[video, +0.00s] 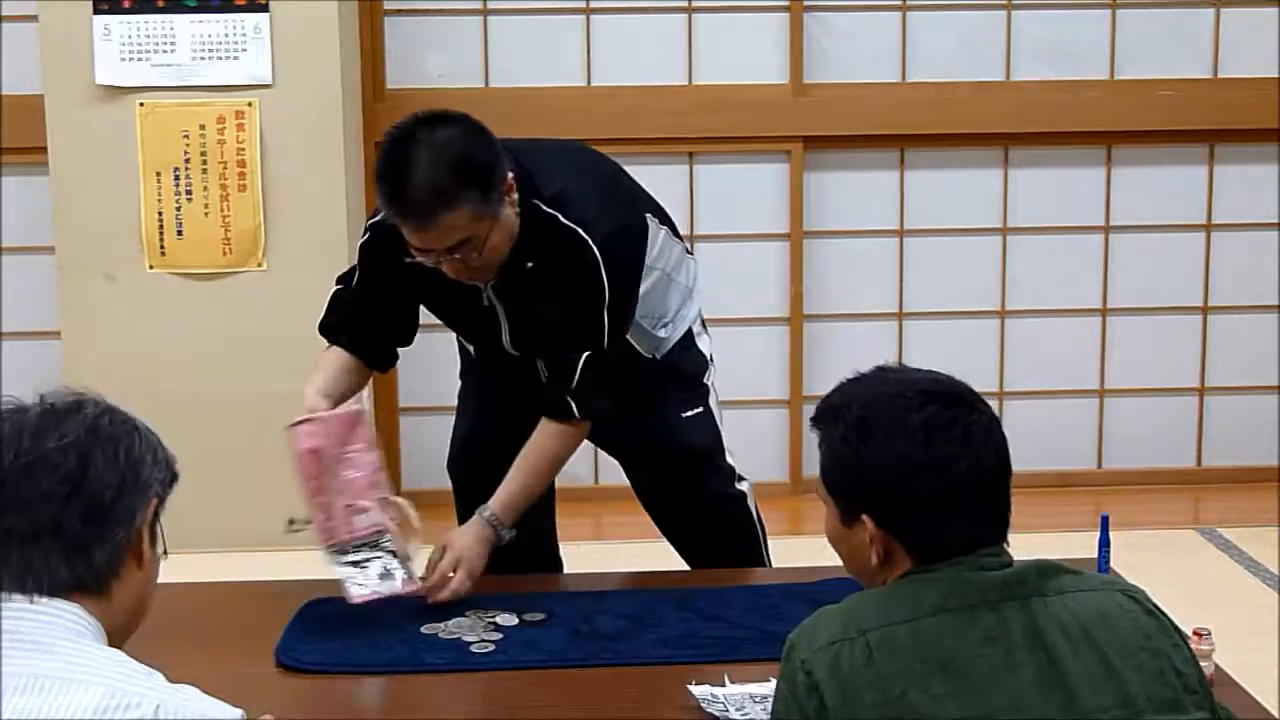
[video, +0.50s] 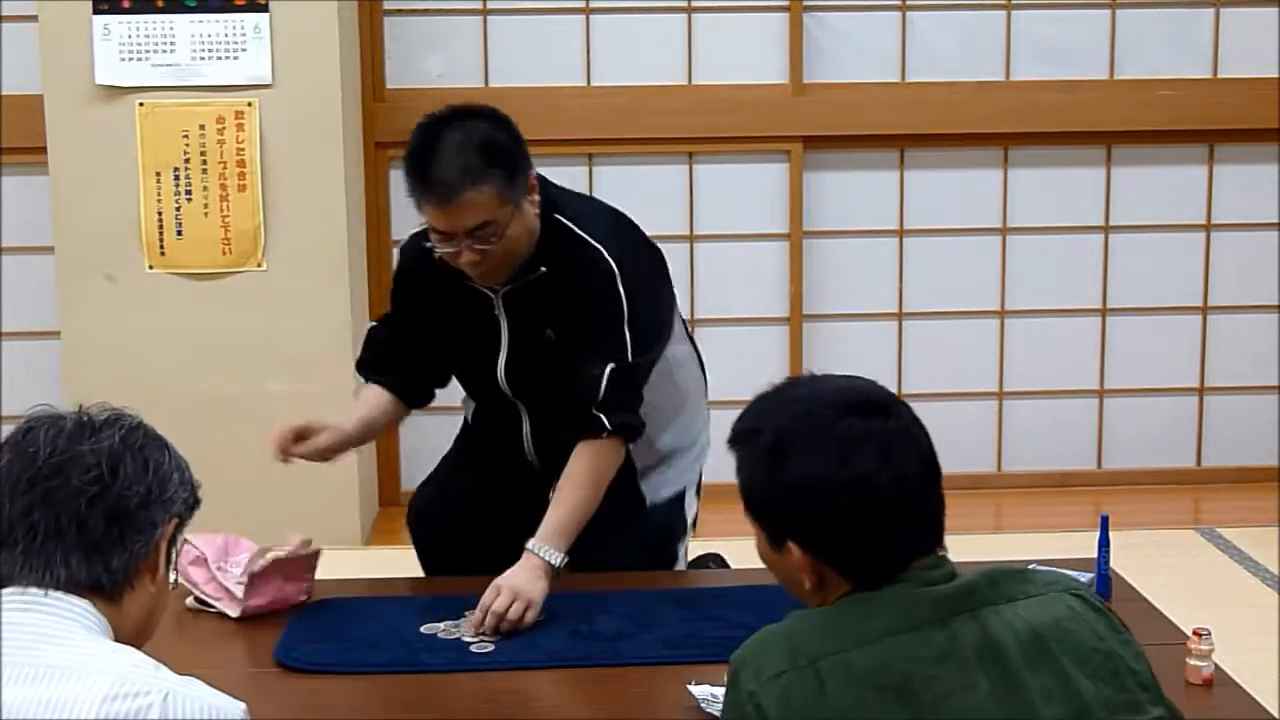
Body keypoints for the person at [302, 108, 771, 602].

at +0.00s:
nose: (450, 267)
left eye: (466, 247)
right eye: (429, 254)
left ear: (508, 194)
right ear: (401, 223)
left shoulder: (588, 229)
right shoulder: (401, 228)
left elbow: (575, 405)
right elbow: (364, 327)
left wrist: (488, 526)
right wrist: (321, 398)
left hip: (634, 342)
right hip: (507, 352)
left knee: (695, 495)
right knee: (481, 481)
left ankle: (759, 629)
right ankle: (525, 647)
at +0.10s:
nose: (445, 266)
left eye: (458, 244)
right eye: (421, 252)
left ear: (500, 191)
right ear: (394, 228)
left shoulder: (584, 232)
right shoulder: (393, 242)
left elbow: (588, 406)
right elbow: (357, 351)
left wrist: (510, 529)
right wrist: (286, 423)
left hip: (636, 352)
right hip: (508, 361)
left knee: (681, 505)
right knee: (475, 491)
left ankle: (747, 613)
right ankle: (530, 653)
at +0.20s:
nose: (437, 260)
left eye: (452, 236)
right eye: (414, 246)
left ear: (493, 185)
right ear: (388, 222)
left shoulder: (581, 232)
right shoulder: (393, 249)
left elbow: (599, 400)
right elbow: (356, 361)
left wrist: (537, 535)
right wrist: (281, 442)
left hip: (637, 364)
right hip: (509, 369)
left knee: (656, 518)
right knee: (471, 502)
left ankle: (710, 555)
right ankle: (516, 667)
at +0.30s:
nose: (434, 257)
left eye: (451, 233)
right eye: (413, 239)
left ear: (497, 187)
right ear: (392, 218)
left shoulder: (586, 242)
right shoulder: (404, 250)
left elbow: (601, 408)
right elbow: (375, 364)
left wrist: (541, 549)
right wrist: (290, 444)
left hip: (632, 392)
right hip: (510, 389)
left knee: (631, 542)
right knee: (464, 502)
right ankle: (491, 664)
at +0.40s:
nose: (451, 256)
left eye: (470, 234)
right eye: (430, 237)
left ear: (516, 190)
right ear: (409, 215)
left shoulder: (599, 257)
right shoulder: (416, 259)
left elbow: (603, 425)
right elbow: (395, 372)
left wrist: (539, 558)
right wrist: (317, 433)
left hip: (634, 422)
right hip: (512, 411)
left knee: (613, 560)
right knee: (449, 513)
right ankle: (481, 677)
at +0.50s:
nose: (465, 256)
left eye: (484, 235)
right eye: (444, 237)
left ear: (531, 194)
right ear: (425, 212)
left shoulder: (607, 263)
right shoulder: (427, 258)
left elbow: (607, 429)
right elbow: (406, 367)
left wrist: (539, 559)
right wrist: (349, 428)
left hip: (633, 441)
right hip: (512, 428)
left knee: (599, 586)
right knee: (440, 522)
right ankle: (485, 693)